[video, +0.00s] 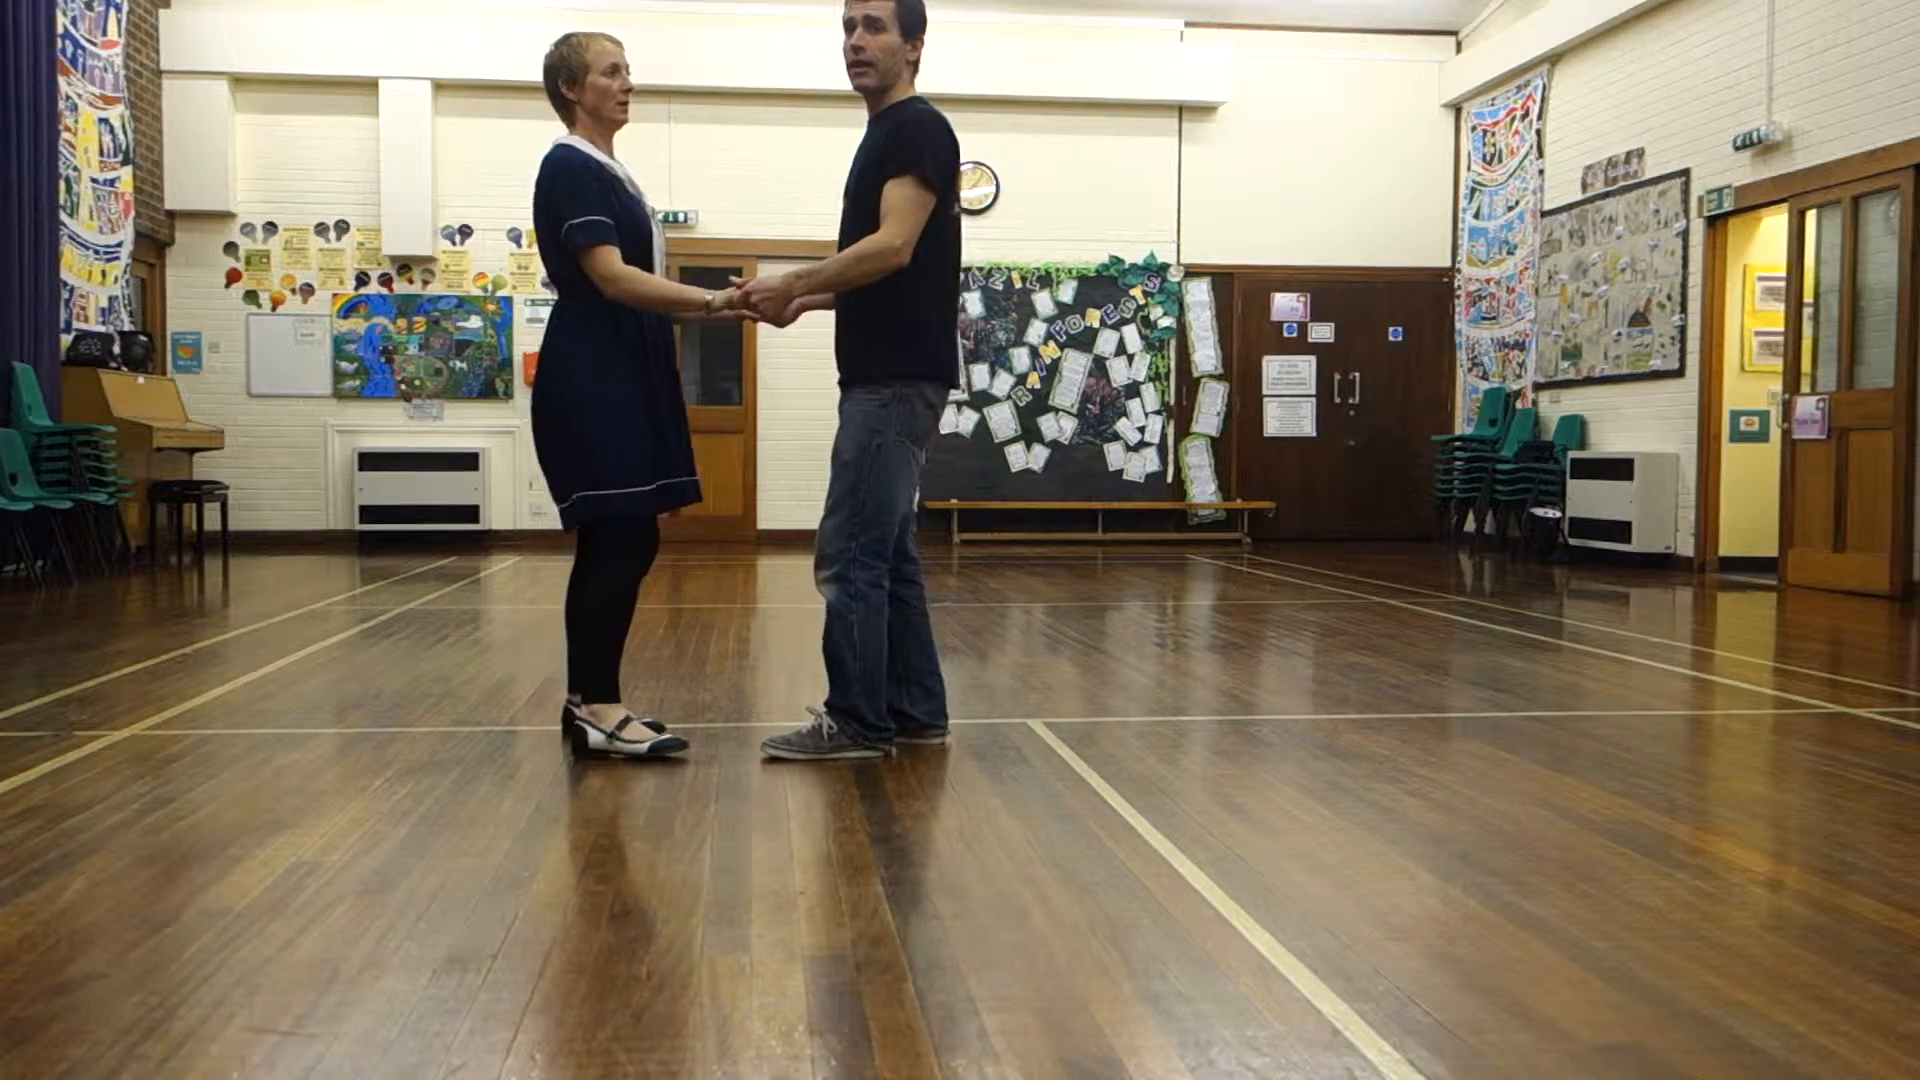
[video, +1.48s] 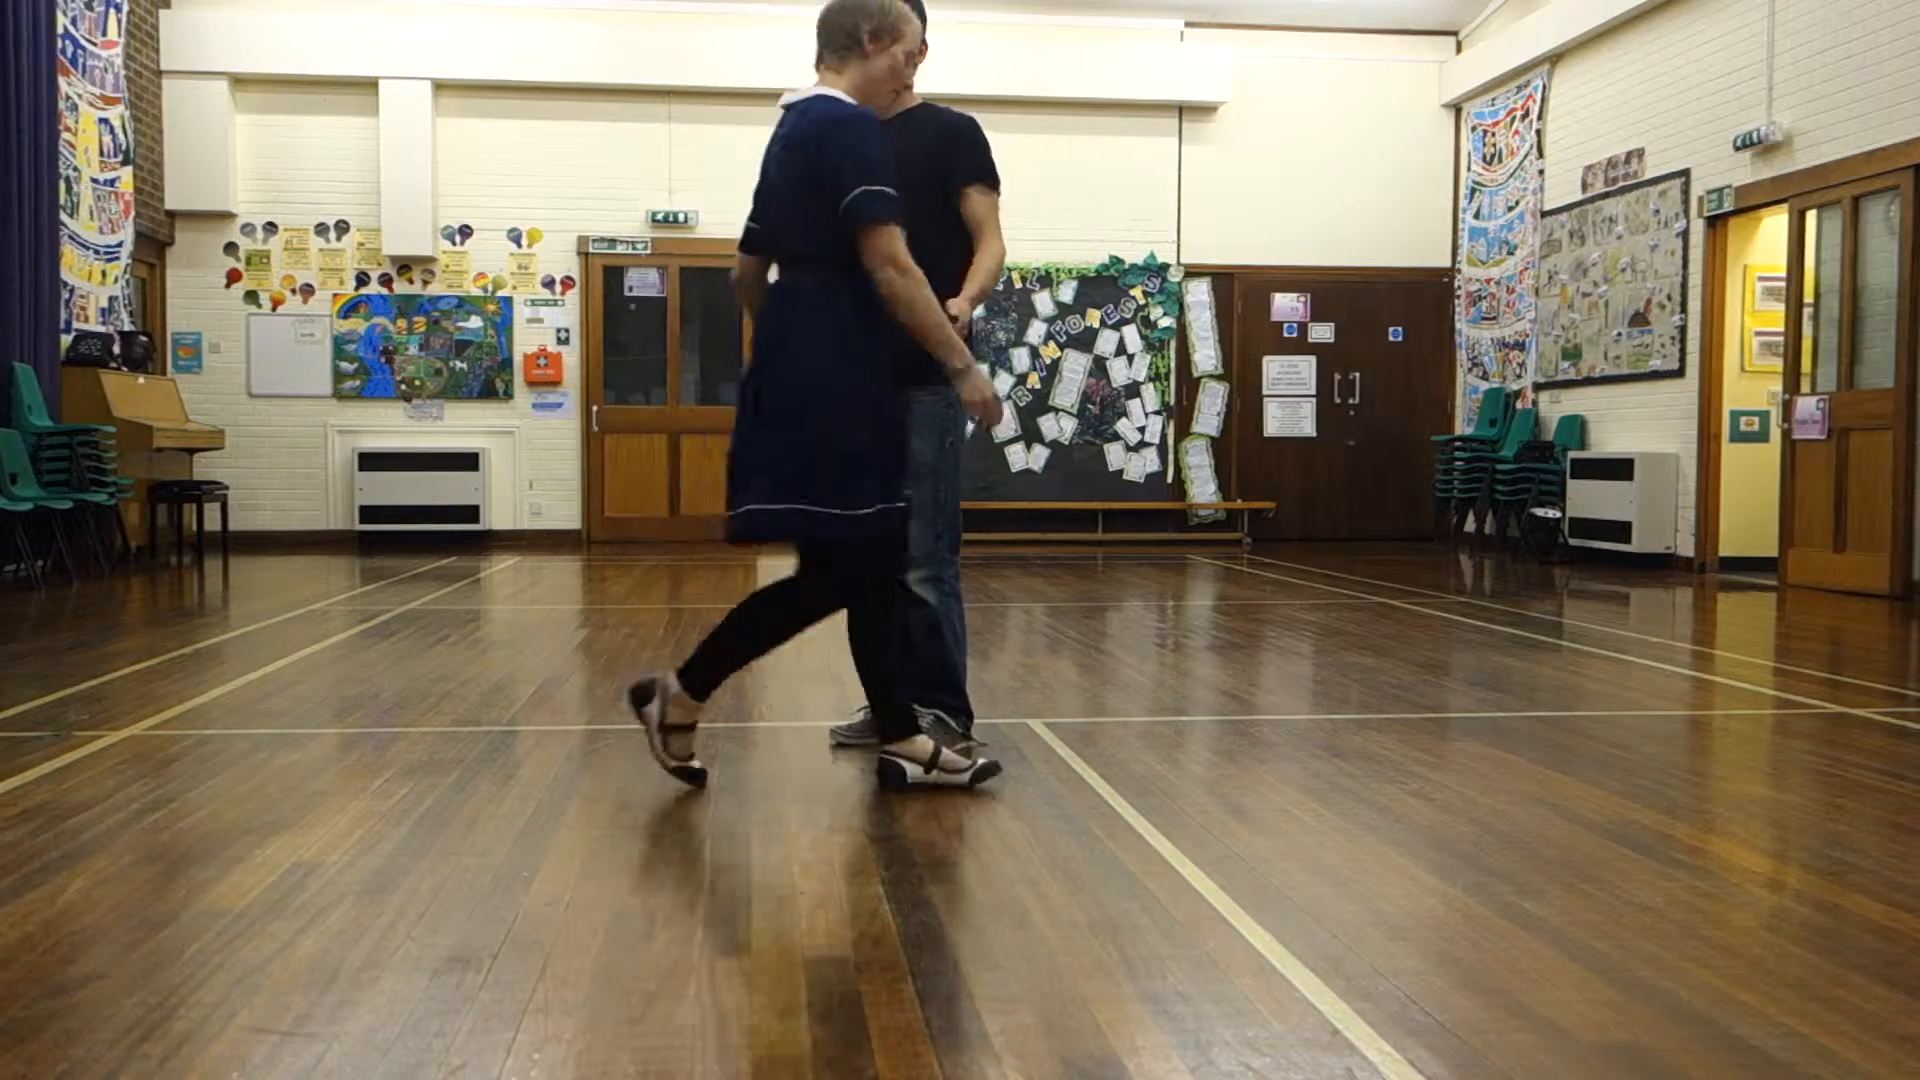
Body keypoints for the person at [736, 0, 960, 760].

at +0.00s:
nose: (855, 42)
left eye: (873, 27)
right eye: (848, 29)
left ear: (913, 45)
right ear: (845, 40)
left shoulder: (915, 127)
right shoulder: (885, 134)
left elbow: (894, 245)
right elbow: (872, 256)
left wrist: (796, 285)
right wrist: (799, 289)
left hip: (897, 378)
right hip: (883, 376)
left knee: (850, 553)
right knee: (887, 551)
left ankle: (855, 721)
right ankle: (916, 710)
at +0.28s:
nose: (832, 40)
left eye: (848, 28)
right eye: (832, 28)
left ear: (897, 44)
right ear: (870, 47)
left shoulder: (904, 126)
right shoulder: (882, 132)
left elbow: (902, 243)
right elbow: (886, 261)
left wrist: (799, 261)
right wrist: (804, 284)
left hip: (886, 378)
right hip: (882, 374)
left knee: (843, 554)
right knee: (884, 549)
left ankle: (856, 720)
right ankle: (915, 708)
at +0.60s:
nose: (833, 47)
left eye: (848, 34)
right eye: (835, 33)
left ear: (895, 48)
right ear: (875, 49)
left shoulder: (910, 129)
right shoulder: (880, 139)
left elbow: (927, 241)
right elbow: (878, 282)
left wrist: (822, 254)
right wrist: (793, 297)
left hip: (892, 383)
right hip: (880, 381)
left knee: (831, 552)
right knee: (877, 552)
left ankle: (855, 716)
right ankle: (914, 708)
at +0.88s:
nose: (856, 45)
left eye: (873, 32)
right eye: (850, 32)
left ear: (913, 50)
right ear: (844, 48)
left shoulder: (930, 129)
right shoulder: (858, 154)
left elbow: (948, 244)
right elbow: (855, 271)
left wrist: (857, 281)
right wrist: (776, 311)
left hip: (913, 375)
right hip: (875, 375)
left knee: (870, 555)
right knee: (871, 553)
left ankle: (912, 714)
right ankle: (899, 707)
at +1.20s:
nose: (867, 44)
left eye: (885, 31)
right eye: (855, 31)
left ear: (915, 51)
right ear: (841, 49)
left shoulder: (946, 132)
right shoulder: (832, 159)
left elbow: (985, 246)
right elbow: (814, 272)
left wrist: (929, 286)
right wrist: (755, 274)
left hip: (928, 376)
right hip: (863, 380)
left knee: (917, 555)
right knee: (869, 559)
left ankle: (945, 711)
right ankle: (895, 708)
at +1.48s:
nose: (890, 61)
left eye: (898, 47)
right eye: (886, 46)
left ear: (916, 53)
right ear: (870, 47)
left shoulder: (951, 131)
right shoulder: (837, 136)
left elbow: (990, 238)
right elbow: (804, 244)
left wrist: (968, 298)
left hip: (928, 369)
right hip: (855, 369)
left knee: (927, 553)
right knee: (869, 550)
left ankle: (945, 715)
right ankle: (888, 703)